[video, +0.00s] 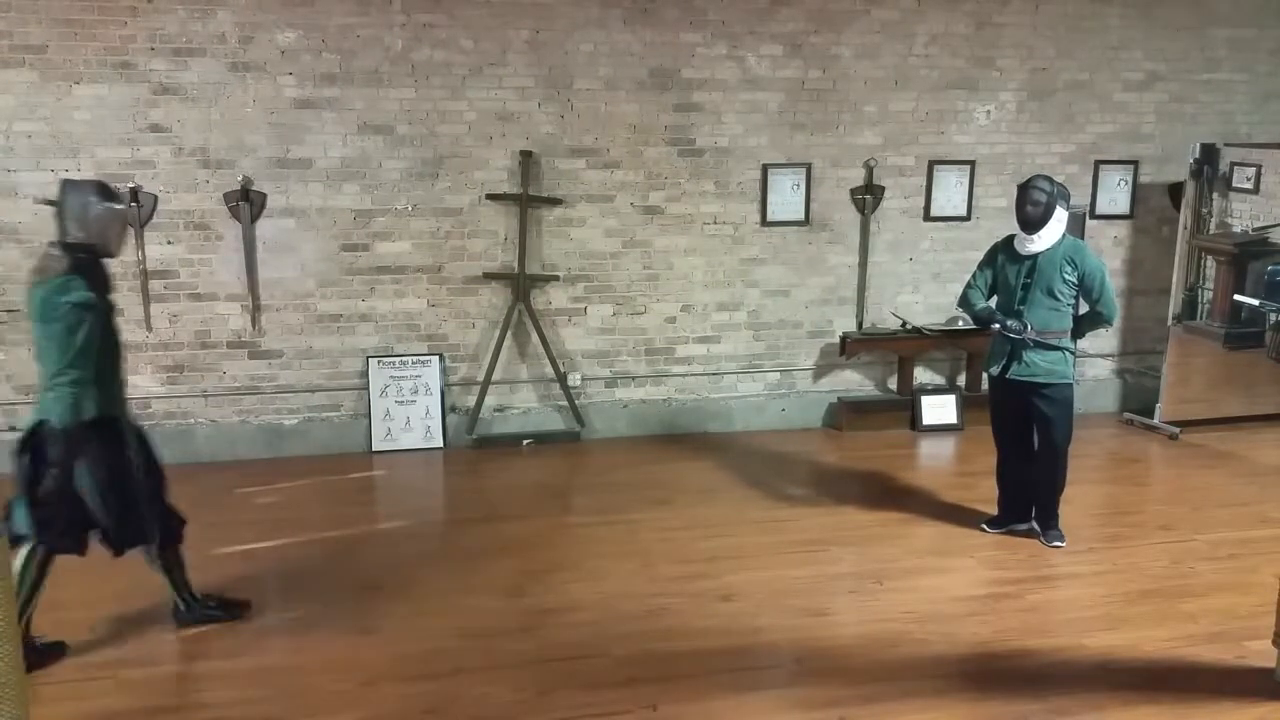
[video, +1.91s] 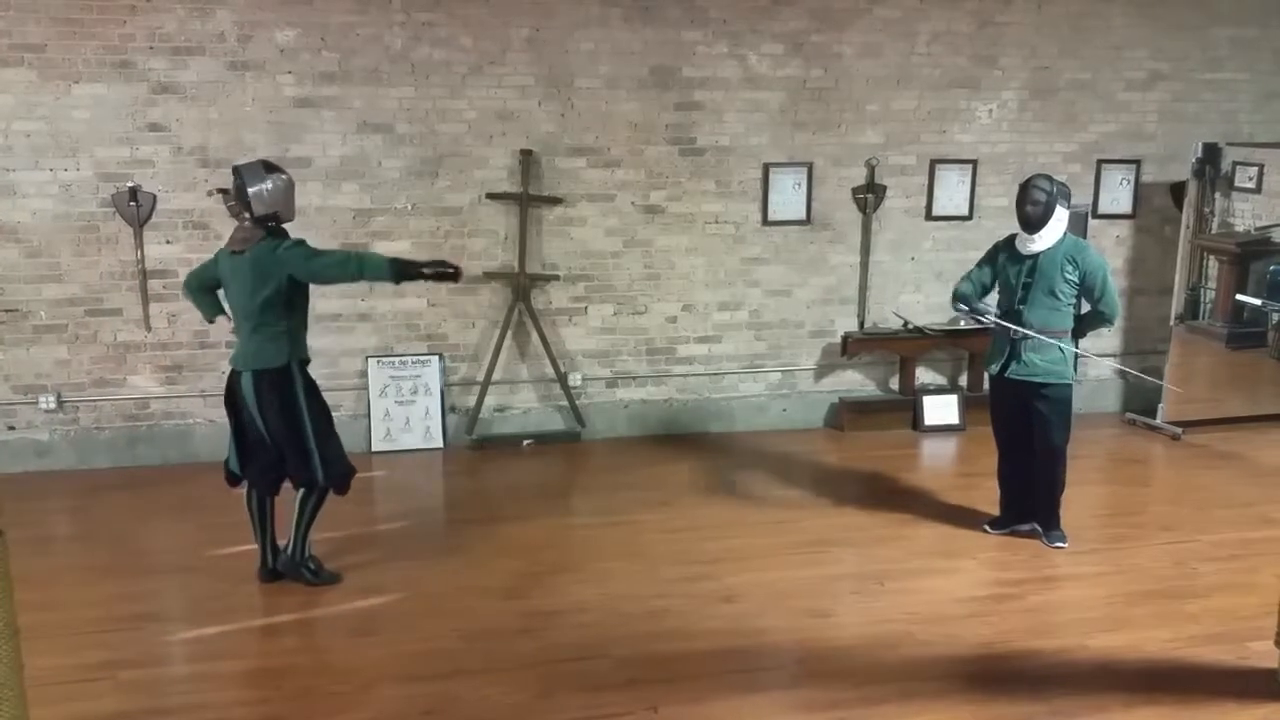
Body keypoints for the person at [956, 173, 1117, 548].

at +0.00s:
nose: (1026, 211)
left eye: (1035, 204)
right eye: (1022, 203)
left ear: (1055, 208)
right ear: (1016, 204)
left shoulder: (1077, 254)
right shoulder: (1003, 250)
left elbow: (1106, 312)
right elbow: (970, 297)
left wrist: (1070, 330)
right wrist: (996, 320)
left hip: (1051, 372)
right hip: (1005, 370)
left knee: (1052, 452)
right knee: (1010, 448)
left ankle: (1048, 522)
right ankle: (1013, 514)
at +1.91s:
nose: (1027, 210)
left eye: (1035, 203)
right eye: (1023, 202)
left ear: (1056, 207)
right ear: (1017, 203)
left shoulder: (1080, 254)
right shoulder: (1005, 249)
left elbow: (1108, 310)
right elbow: (963, 294)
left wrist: (1073, 329)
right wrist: (998, 316)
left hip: (1050, 372)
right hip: (1005, 369)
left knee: (1049, 452)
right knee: (1011, 449)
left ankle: (1049, 523)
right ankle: (1015, 515)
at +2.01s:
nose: (1027, 210)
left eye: (1036, 205)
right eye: (1023, 203)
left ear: (1056, 209)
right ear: (1017, 204)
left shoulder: (1079, 255)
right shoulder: (1007, 249)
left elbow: (1107, 312)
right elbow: (974, 273)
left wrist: (1069, 330)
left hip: (1050, 368)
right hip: (1004, 364)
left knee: (1048, 451)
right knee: (1010, 447)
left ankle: (1047, 521)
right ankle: (1013, 515)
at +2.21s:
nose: (1028, 212)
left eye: (1037, 205)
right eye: (1024, 204)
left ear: (1057, 208)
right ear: (1019, 205)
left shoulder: (1078, 256)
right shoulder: (1005, 248)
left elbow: (1105, 313)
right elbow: (956, 254)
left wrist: (1071, 331)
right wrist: (907, 245)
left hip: (1048, 366)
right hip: (1003, 363)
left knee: (1048, 449)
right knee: (1009, 445)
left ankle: (1047, 521)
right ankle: (1014, 514)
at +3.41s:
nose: (1004, 219)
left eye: (1011, 211)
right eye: (1001, 211)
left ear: (1035, 210)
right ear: (1000, 211)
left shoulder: (1068, 253)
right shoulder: (996, 253)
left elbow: (1102, 308)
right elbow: (959, 288)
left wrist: (1067, 327)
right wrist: (920, 287)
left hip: (1046, 364)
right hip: (1002, 363)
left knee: (1048, 447)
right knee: (1007, 445)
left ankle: (1055, 524)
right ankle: (1012, 515)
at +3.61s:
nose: (1003, 217)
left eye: (1011, 209)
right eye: (1000, 209)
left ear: (1035, 210)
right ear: (999, 209)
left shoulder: (1064, 252)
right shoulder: (1001, 255)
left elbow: (1096, 310)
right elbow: (976, 300)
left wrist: (1067, 328)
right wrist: (937, 328)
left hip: (1043, 366)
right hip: (1004, 365)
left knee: (1052, 447)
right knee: (1009, 447)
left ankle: (1086, 519)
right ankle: (1013, 514)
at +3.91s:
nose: (1002, 219)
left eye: (1011, 211)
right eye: (1002, 211)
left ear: (1034, 216)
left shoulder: (1063, 260)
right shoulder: (1011, 263)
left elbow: (1091, 319)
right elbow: (1003, 317)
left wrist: (1068, 341)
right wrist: (993, 349)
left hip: (1053, 376)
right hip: (1014, 373)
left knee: (1068, 451)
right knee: (1002, 444)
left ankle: (1101, 525)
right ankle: (1013, 514)